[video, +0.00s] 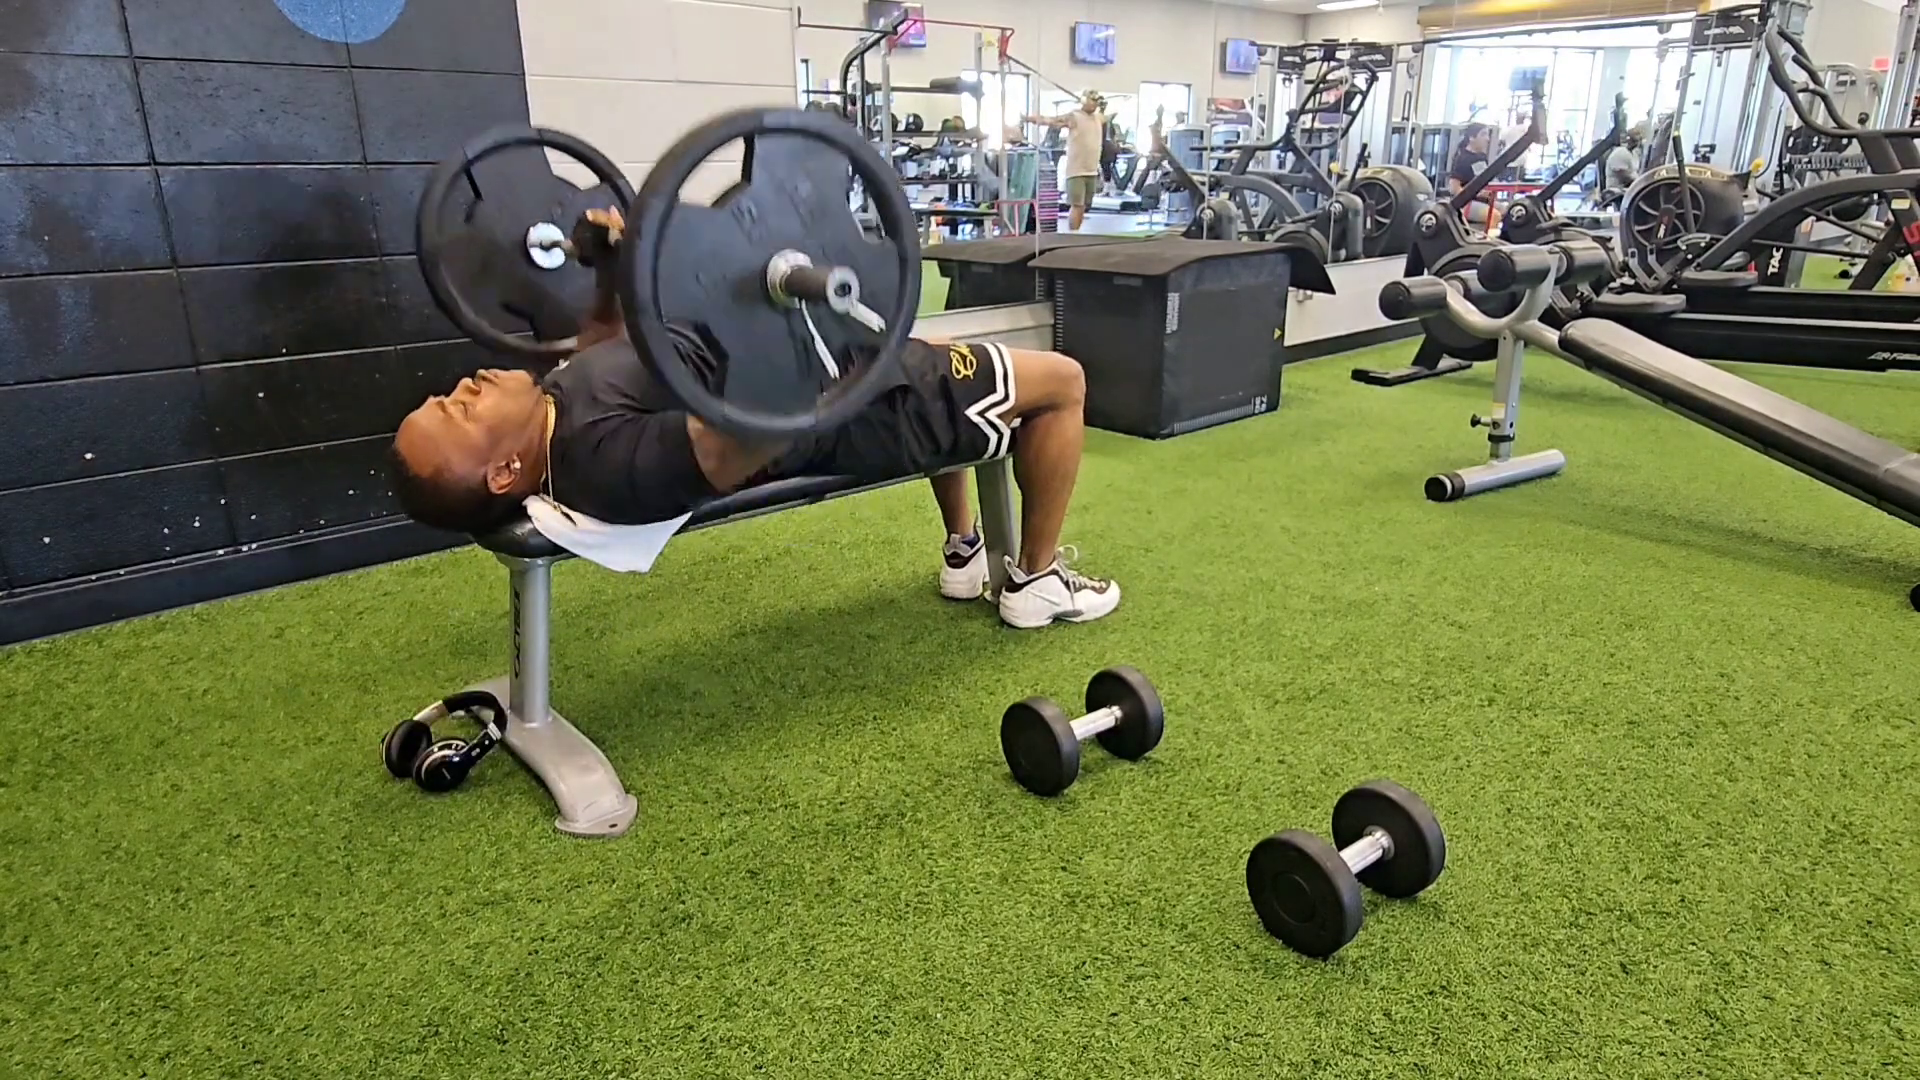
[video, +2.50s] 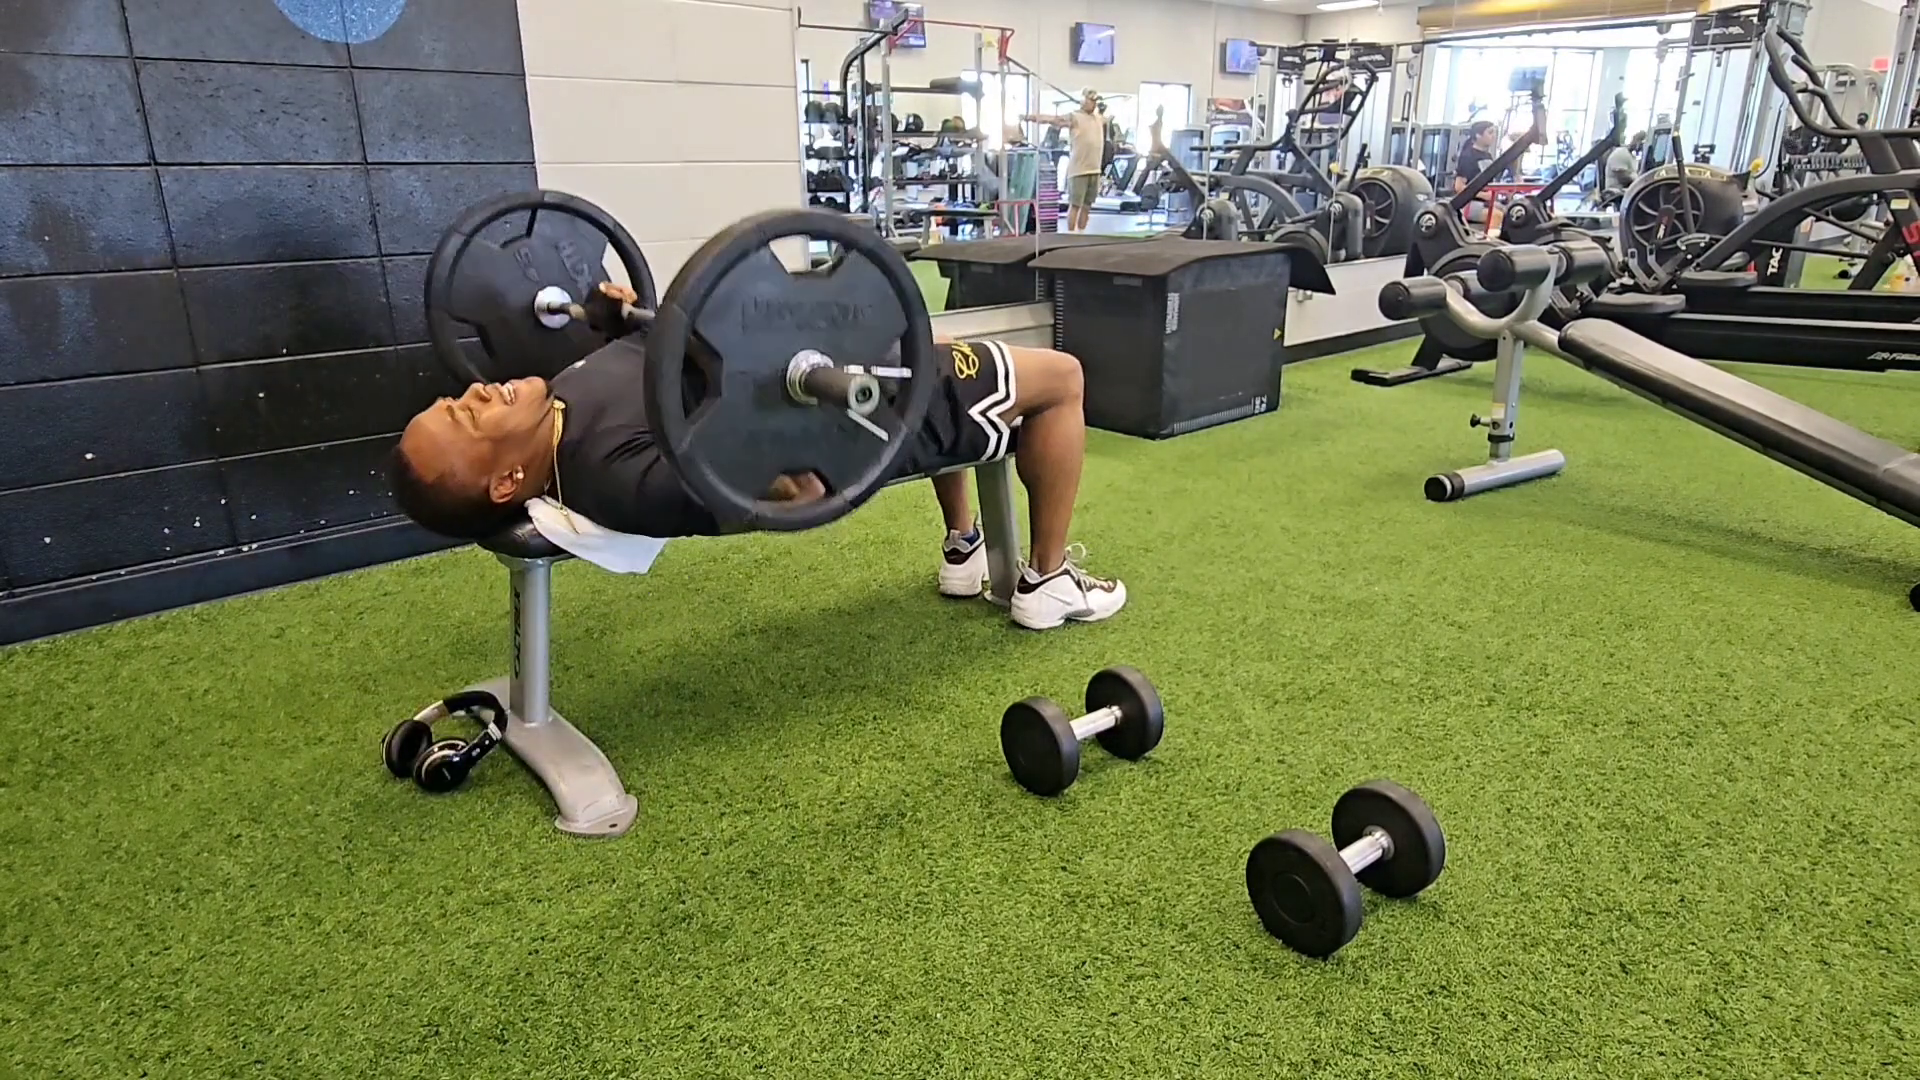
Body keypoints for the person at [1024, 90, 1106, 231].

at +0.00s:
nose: (1095, 104)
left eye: (1097, 101)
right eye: (1093, 100)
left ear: (1098, 103)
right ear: (1085, 100)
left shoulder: (1098, 117)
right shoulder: (1074, 116)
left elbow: (1106, 118)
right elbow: (1054, 121)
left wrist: (1112, 114)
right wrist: (1032, 119)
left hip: (1092, 169)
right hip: (1075, 168)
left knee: (1084, 207)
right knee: (1077, 205)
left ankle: (1074, 235)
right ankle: (1072, 236)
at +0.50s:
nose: (1095, 104)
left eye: (1096, 101)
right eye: (1092, 100)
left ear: (1098, 103)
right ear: (1085, 101)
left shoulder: (1098, 119)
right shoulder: (1075, 116)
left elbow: (1106, 120)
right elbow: (1054, 121)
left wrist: (1111, 117)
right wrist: (1032, 120)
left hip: (1092, 169)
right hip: (1076, 169)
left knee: (1087, 206)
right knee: (1076, 205)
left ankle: (1077, 233)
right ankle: (1073, 235)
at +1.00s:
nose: (1097, 104)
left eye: (1098, 101)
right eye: (1094, 100)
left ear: (1098, 103)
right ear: (1086, 101)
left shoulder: (1099, 118)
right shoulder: (1075, 116)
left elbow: (1108, 118)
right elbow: (1053, 121)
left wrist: (1110, 116)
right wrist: (1031, 121)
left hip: (1094, 169)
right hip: (1076, 169)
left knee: (1087, 206)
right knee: (1076, 205)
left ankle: (1081, 234)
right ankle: (1071, 234)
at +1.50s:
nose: (1099, 104)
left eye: (1099, 101)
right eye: (1096, 100)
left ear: (1098, 103)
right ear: (1087, 101)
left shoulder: (1099, 118)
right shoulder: (1076, 117)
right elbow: (1054, 122)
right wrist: (1030, 122)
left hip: (1095, 170)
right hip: (1078, 170)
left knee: (1087, 207)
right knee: (1076, 205)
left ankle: (1081, 235)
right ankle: (1071, 235)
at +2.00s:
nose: (1097, 103)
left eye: (1098, 100)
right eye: (1094, 100)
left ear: (1098, 103)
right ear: (1085, 101)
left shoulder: (1099, 118)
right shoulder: (1076, 117)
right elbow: (1053, 122)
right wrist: (1029, 124)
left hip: (1095, 169)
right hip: (1078, 169)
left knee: (1087, 207)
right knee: (1076, 205)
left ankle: (1081, 235)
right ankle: (1071, 235)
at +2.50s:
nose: (1094, 104)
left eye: (1095, 101)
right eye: (1091, 100)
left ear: (1096, 102)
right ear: (1084, 101)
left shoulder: (1099, 118)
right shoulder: (1075, 117)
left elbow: (1107, 120)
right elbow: (1054, 119)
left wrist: (1110, 117)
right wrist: (1031, 118)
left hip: (1094, 168)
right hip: (1078, 168)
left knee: (1087, 206)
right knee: (1076, 205)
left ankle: (1081, 234)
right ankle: (1071, 235)